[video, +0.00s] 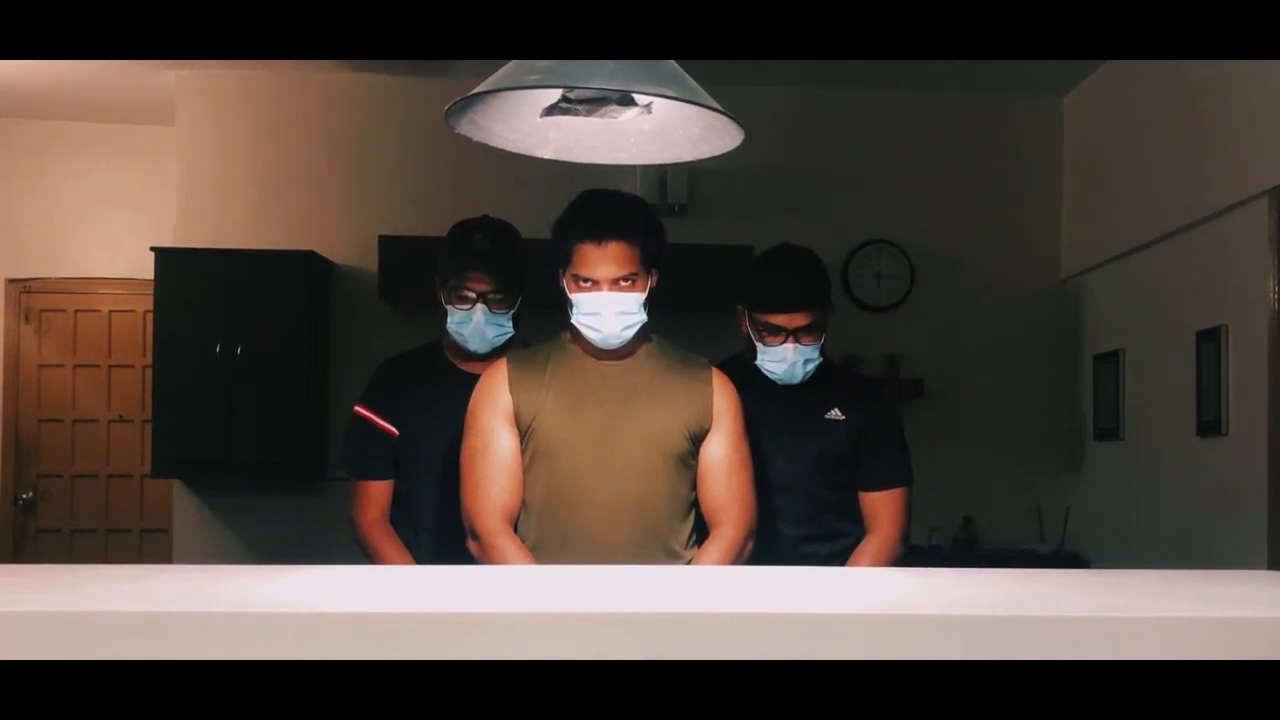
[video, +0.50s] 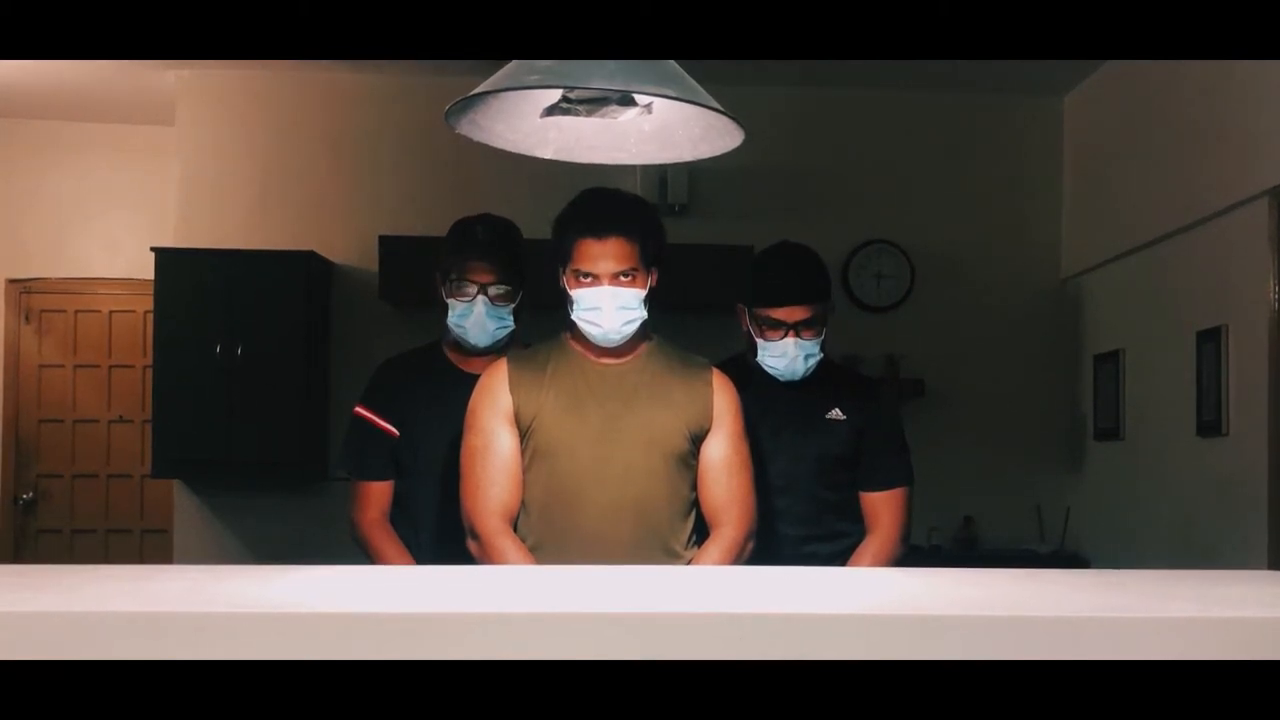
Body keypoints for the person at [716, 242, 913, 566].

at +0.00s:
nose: (790, 348)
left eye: (807, 332)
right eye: (772, 332)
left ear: (826, 323)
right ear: (745, 322)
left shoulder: (862, 400)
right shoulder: (716, 393)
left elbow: (885, 535)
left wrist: (832, 605)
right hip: (740, 591)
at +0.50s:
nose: (791, 342)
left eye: (807, 326)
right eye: (772, 326)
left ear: (826, 319)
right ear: (746, 320)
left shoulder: (863, 399)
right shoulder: (716, 393)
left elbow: (886, 535)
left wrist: (832, 606)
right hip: (740, 591)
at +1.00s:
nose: (792, 335)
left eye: (808, 320)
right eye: (773, 320)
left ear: (827, 315)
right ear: (746, 315)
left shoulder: (863, 399)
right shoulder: (716, 392)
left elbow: (886, 536)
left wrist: (832, 606)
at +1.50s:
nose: (791, 330)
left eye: (807, 314)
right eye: (773, 314)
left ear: (826, 313)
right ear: (746, 313)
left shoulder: (862, 399)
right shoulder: (714, 393)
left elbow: (885, 536)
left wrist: (831, 611)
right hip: (738, 593)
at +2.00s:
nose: (791, 326)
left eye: (807, 310)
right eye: (773, 309)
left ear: (826, 310)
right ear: (746, 310)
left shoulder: (863, 400)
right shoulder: (712, 394)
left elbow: (885, 537)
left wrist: (830, 611)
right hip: (737, 595)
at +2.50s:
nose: (792, 319)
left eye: (808, 305)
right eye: (774, 304)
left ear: (826, 309)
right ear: (747, 309)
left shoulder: (862, 401)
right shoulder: (710, 393)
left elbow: (885, 536)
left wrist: (831, 611)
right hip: (736, 596)